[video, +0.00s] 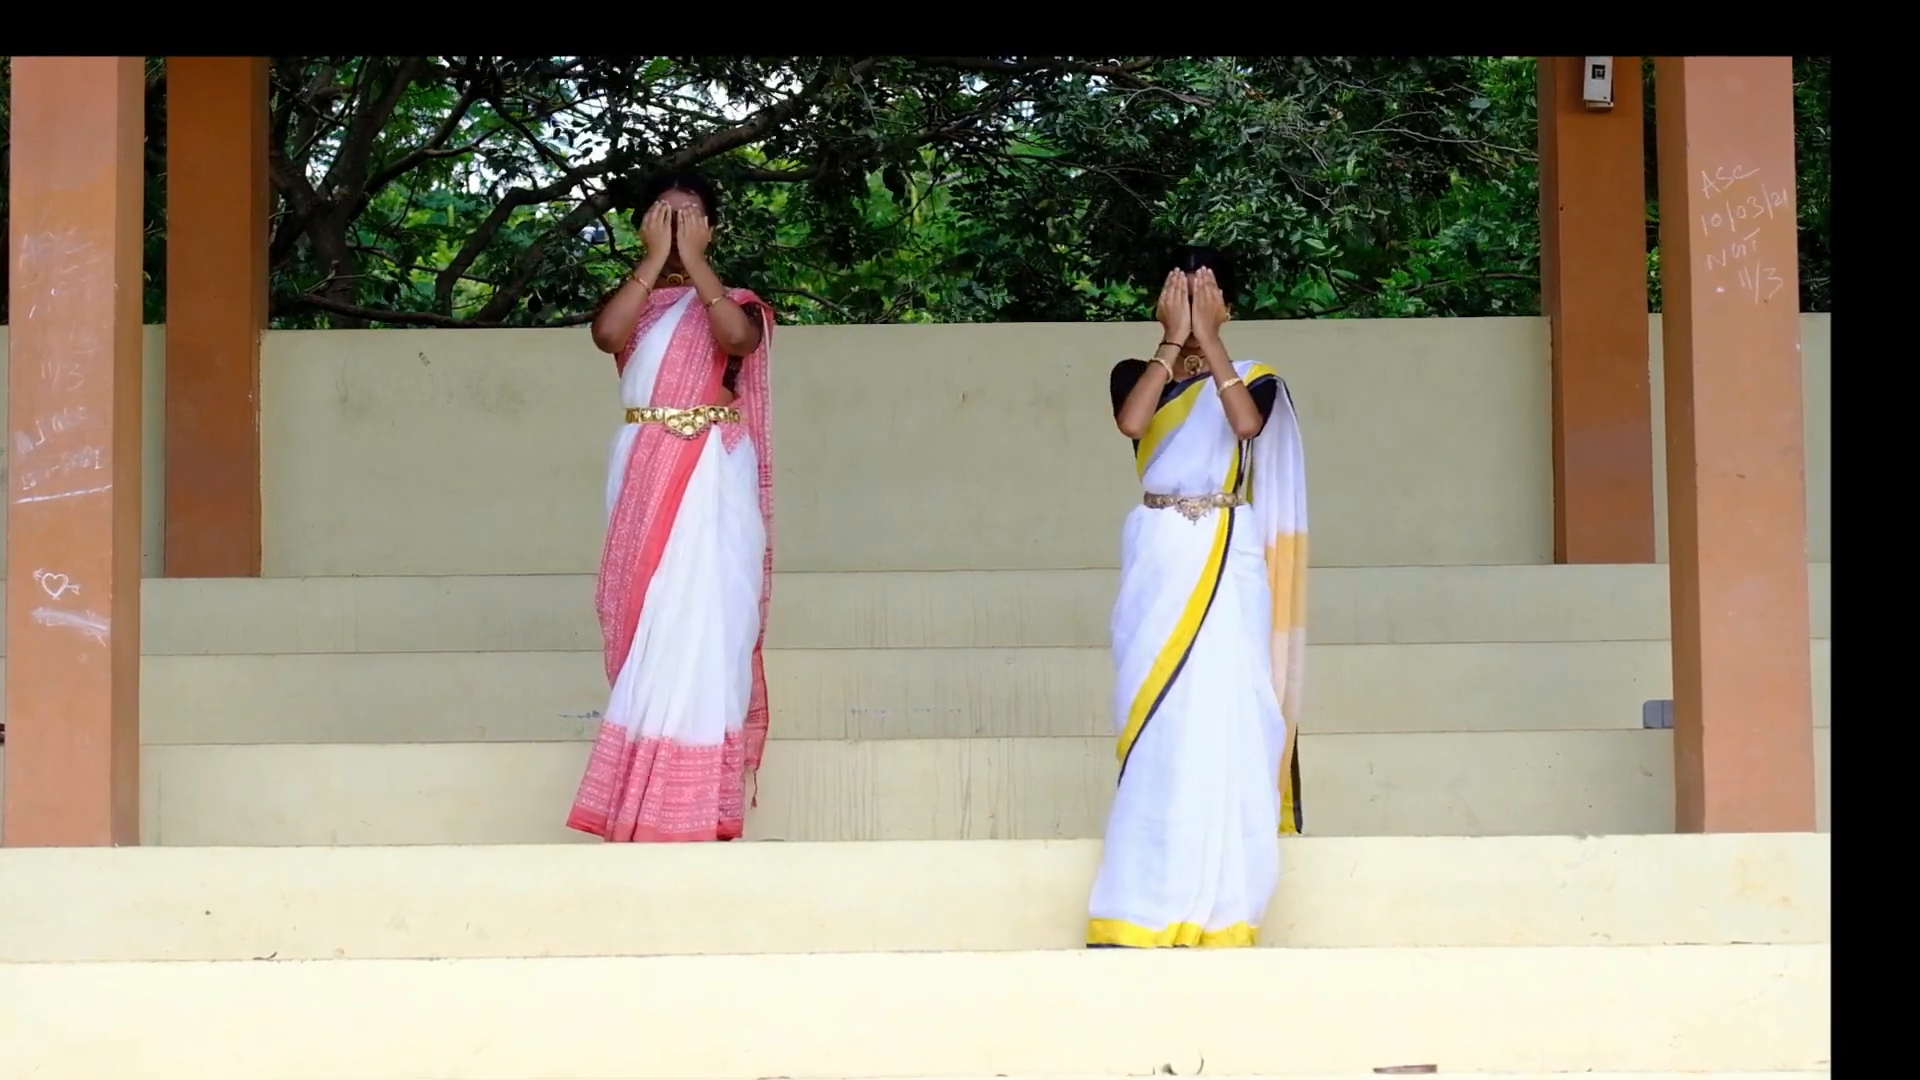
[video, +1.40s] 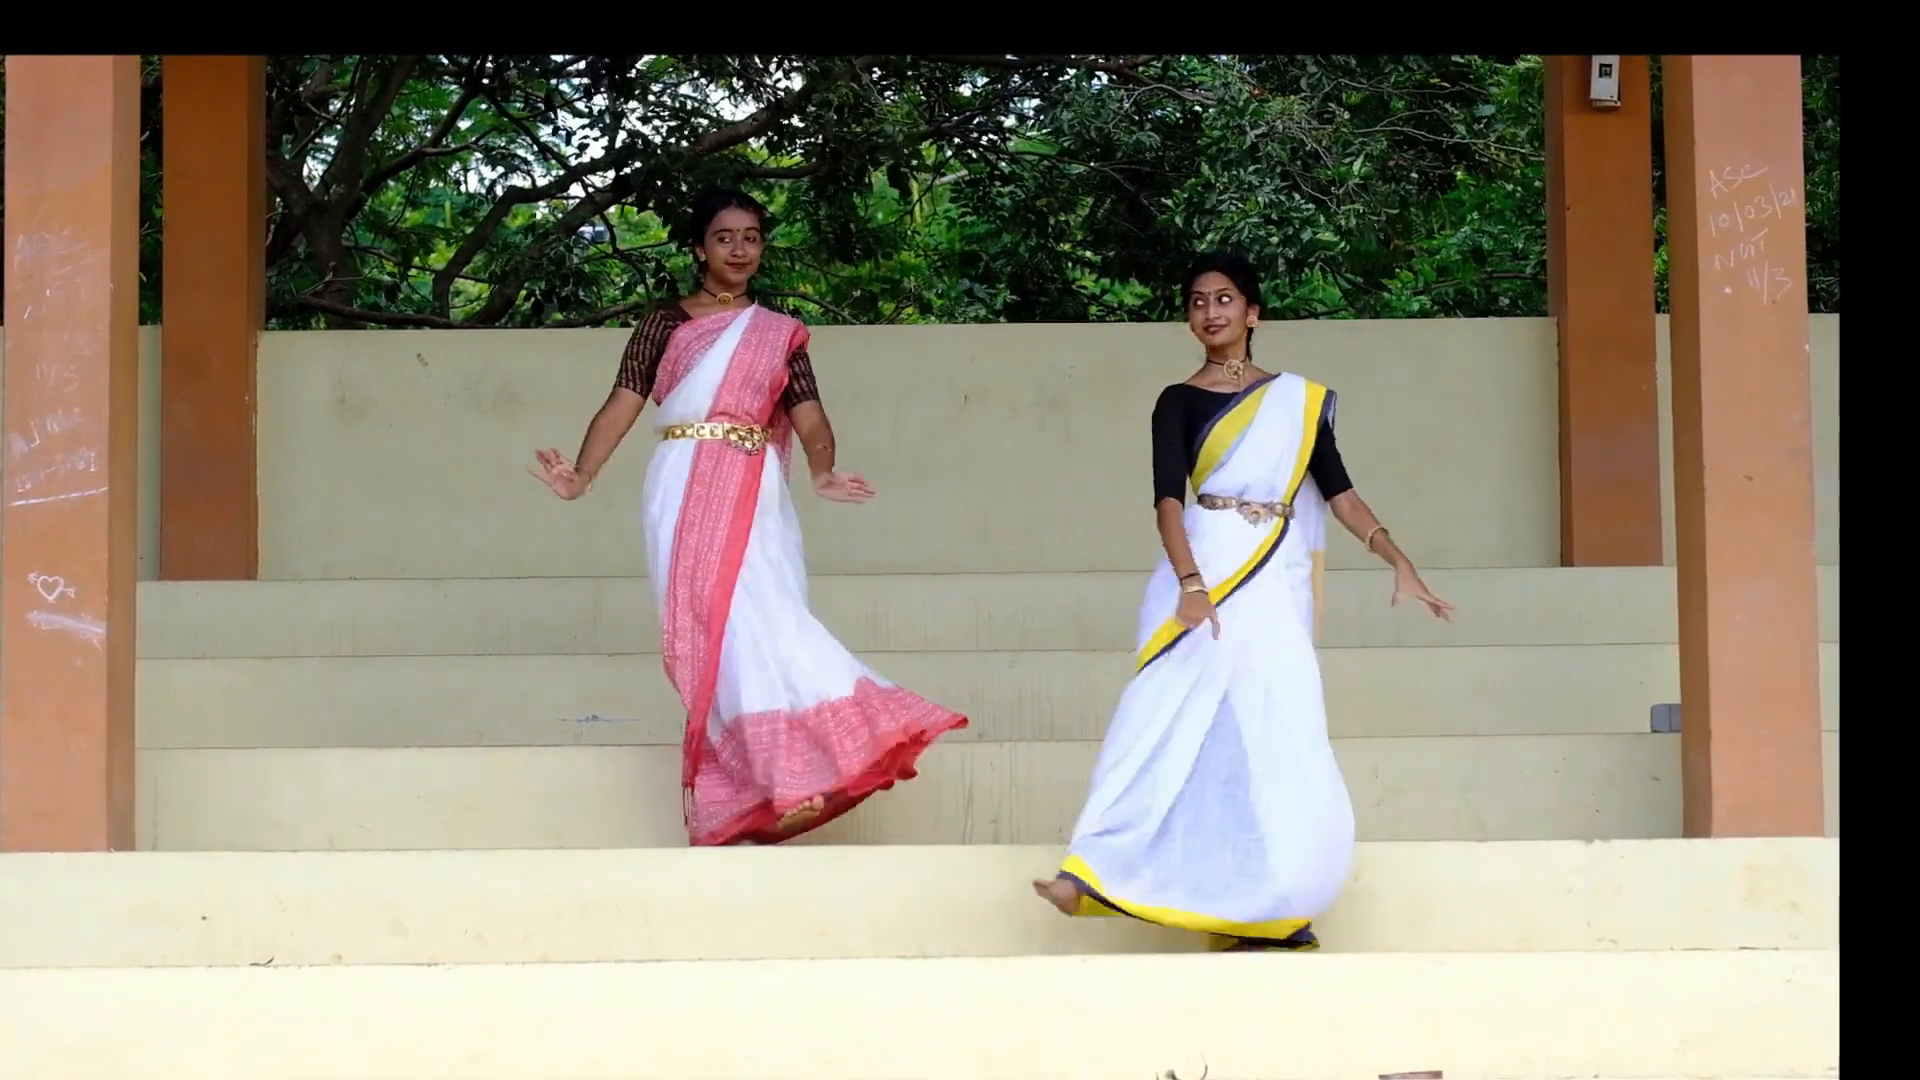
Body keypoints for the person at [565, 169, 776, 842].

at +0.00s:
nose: (675, 226)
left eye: (690, 215)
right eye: (665, 214)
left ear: (712, 227)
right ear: (647, 228)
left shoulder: (738, 301)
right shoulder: (635, 301)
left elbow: (740, 339)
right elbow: (608, 334)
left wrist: (694, 261)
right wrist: (654, 258)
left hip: (712, 477)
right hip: (644, 477)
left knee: (700, 629)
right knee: (648, 628)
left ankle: (690, 806)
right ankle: (642, 800)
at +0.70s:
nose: (704, 231)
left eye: (714, 220)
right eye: (690, 219)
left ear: (727, 229)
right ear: (664, 227)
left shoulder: (747, 307)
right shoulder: (631, 304)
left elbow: (766, 377)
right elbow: (590, 385)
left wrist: (702, 337)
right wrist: (636, 337)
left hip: (727, 482)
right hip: (655, 481)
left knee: (717, 629)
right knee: (658, 628)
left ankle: (703, 809)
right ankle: (652, 804)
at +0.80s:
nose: (720, 237)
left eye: (729, 226)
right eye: (705, 224)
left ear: (736, 235)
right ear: (674, 233)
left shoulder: (755, 313)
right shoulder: (633, 315)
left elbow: (767, 395)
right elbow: (609, 399)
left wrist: (720, 414)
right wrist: (604, 427)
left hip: (733, 490)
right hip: (659, 489)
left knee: (717, 631)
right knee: (661, 631)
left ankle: (706, 812)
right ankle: (659, 806)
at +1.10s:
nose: (748, 241)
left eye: (754, 229)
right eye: (734, 228)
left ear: (758, 235)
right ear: (698, 235)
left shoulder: (768, 315)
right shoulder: (651, 310)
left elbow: (768, 386)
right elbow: (583, 383)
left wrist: (693, 391)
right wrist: (505, 434)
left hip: (747, 479)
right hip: (674, 477)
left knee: (783, 585)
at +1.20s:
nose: (753, 245)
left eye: (758, 234)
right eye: (739, 232)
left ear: (761, 242)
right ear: (700, 239)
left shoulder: (771, 319)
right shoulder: (653, 315)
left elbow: (781, 398)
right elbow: (582, 386)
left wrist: (712, 406)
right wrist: (503, 420)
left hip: (748, 472)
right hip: (674, 475)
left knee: (764, 581)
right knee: (705, 612)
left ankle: (856, 698)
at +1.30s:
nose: (752, 249)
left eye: (759, 238)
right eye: (738, 237)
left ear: (766, 247)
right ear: (702, 246)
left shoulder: (777, 328)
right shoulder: (659, 319)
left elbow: (799, 419)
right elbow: (599, 395)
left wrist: (761, 441)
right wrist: (528, 453)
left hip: (749, 479)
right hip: (675, 476)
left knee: (769, 596)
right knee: (702, 621)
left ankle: (843, 727)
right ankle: (711, 779)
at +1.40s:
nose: (739, 248)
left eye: (749, 236)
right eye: (724, 236)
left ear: (762, 246)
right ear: (699, 246)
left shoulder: (782, 332)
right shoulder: (664, 322)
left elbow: (810, 419)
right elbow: (624, 401)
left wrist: (823, 471)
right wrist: (583, 472)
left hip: (752, 483)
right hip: (680, 478)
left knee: (752, 613)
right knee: (700, 621)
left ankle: (793, 778)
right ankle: (739, 787)